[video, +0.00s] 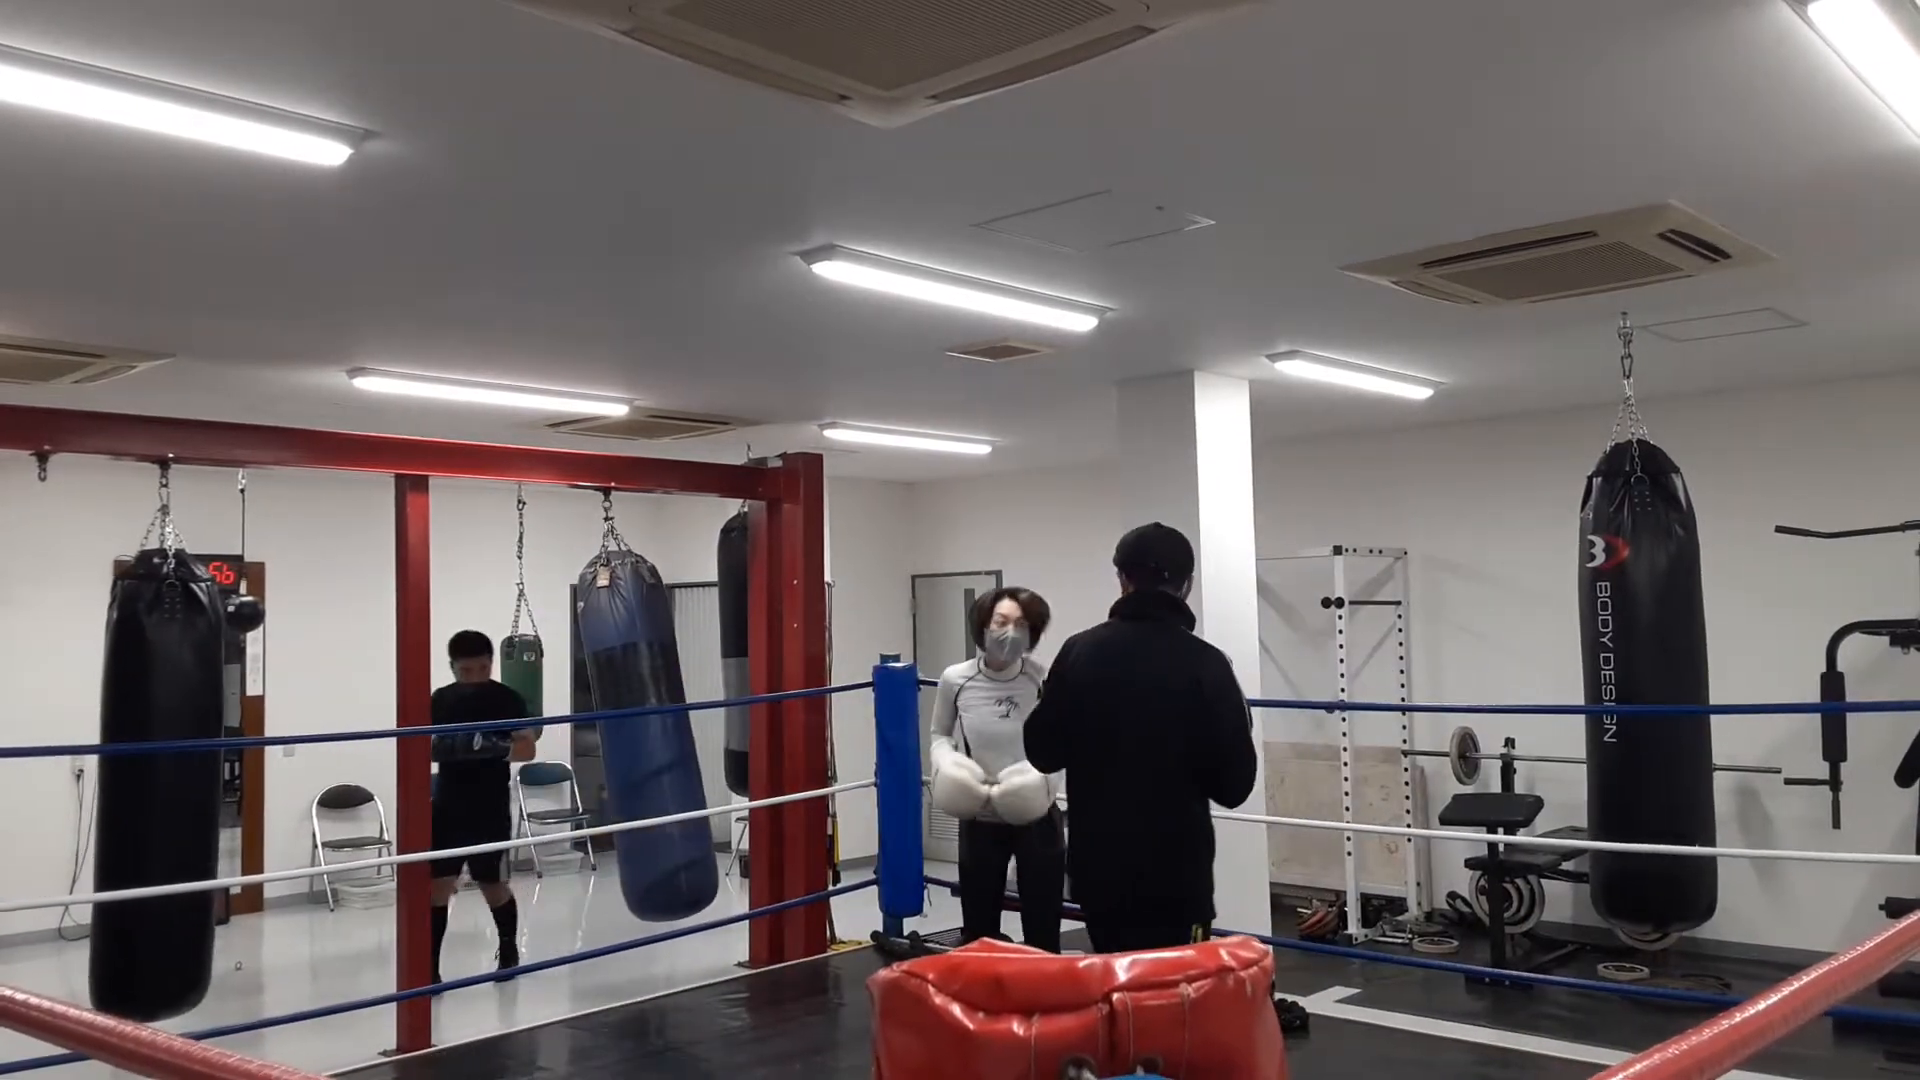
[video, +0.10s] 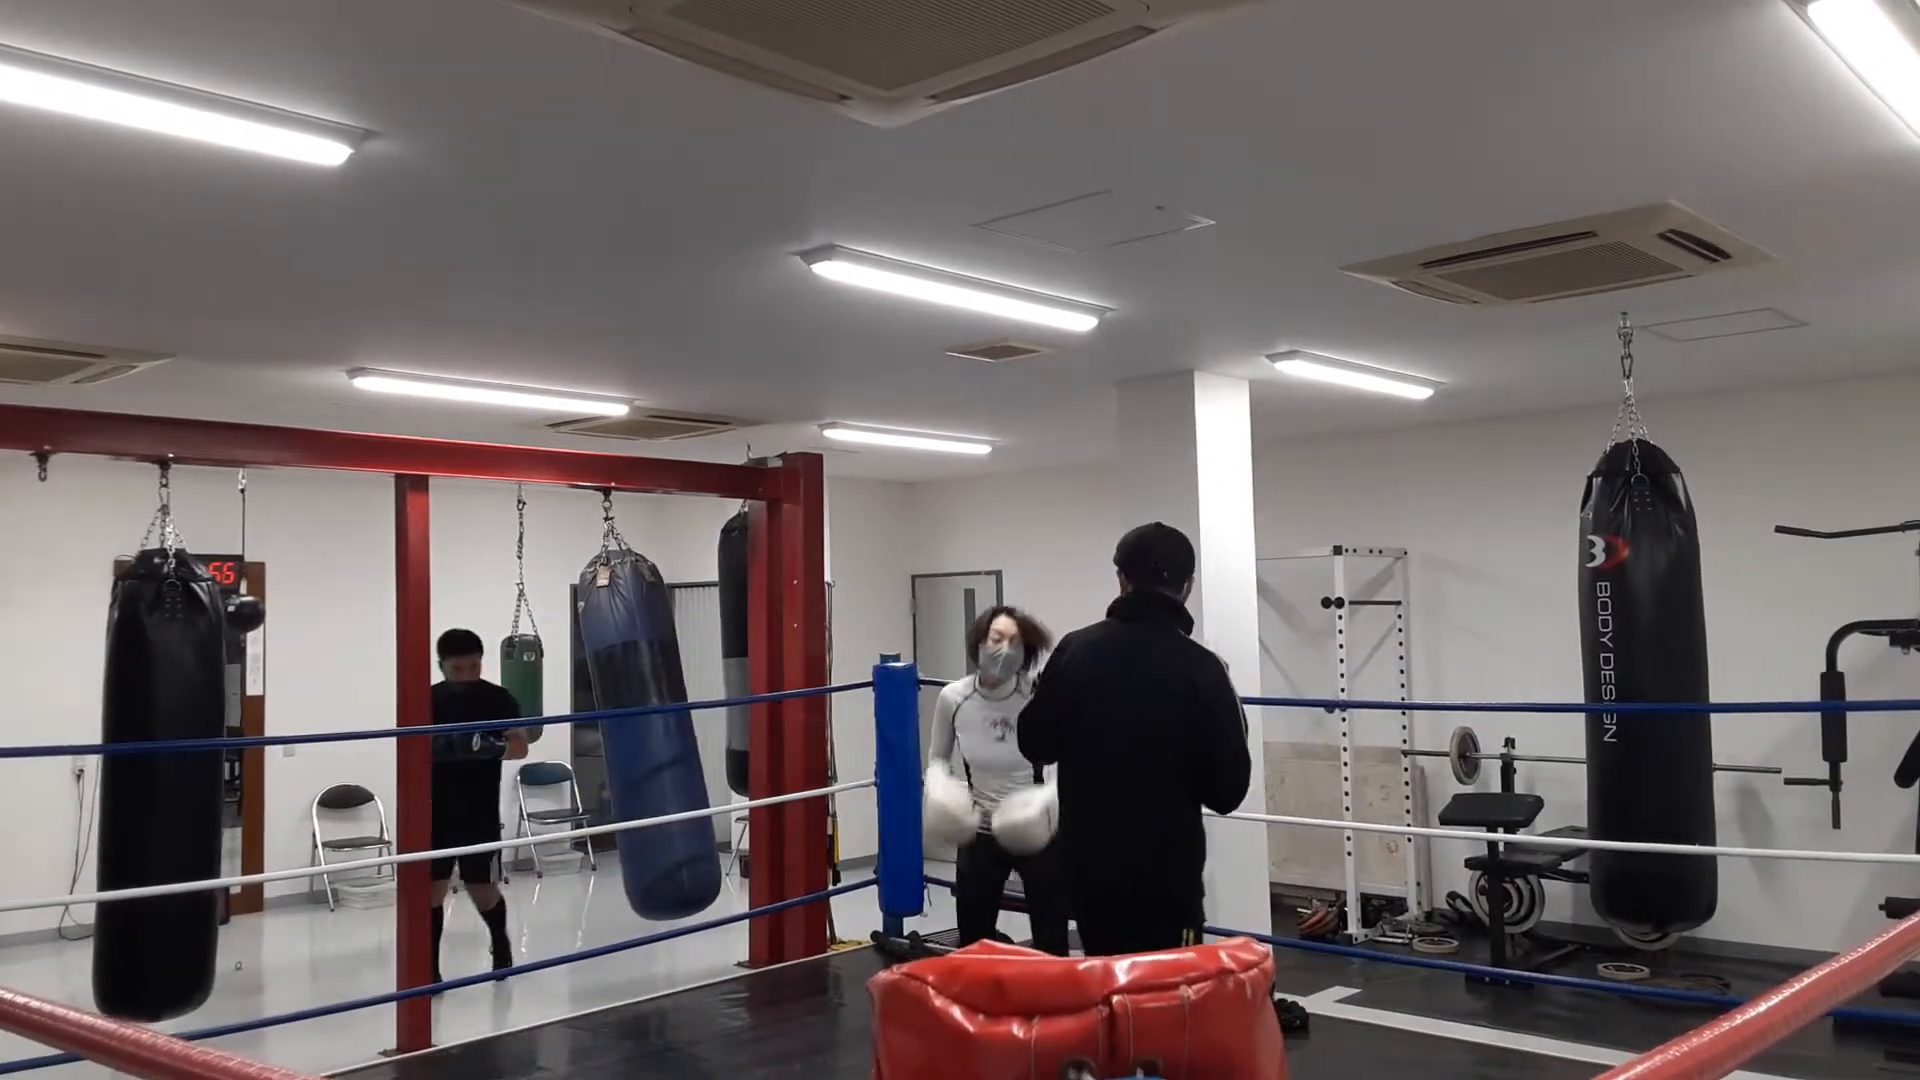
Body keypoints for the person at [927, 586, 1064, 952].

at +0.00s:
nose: (1007, 632)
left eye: (1018, 624)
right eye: (999, 622)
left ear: (1031, 635)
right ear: (982, 629)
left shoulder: (1044, 680)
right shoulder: (956, 679)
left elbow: (1065, 742)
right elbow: (939, 736)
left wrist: (1041, 784)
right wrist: (953, 771)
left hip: (1039, 823)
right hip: (981, 822)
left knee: (1042, 935)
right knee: (979, 933)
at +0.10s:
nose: (1002, 648)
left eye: (1012, 641)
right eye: (994, 639)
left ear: (1025, 651)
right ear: (979, 645)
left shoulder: (1041, 695)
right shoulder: (954, 697)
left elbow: (1064, 758)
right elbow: (938, 757)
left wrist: (1046, 804)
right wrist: (945, 798)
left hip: (1037, 828)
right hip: (978, 829)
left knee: (1051, 940)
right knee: (974, 938)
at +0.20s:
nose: (1004, 651)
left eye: (1014, 643)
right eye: (994, 641)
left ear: (1025, 651)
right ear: (978, 648)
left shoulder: (1041, 692)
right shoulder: (955, 697)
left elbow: (1060, 759)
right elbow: (945, 761)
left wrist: (1041, 803)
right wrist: (938, 802)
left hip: (1039, 827)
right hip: (984, 831)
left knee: (1065, 934)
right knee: (972, 937)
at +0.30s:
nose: (1009, 642)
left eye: (1020, 635)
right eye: (1000, 633)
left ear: (1032, 644)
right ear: (984, 639)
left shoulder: (1045, 685)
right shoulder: (961, 689)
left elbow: (1062, 751)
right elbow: (949, 751)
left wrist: (1043, 796)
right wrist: (941, 792)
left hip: (1049, 823)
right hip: (992, 825)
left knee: (1070, 929)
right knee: (984, 935)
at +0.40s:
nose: (1017, 639)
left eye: (1028, 633)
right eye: (1009, 630)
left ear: (1041, 641)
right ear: (995, 635)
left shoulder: (1053, 685)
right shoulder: (973, 687)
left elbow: (1069, 752)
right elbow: (956, 747)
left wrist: (1052, 803)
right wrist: (947, 790)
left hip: (1052, 831)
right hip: (1000, 832)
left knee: (1073, 941)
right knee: (989, 938)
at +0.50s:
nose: (1028, 638)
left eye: (1037, 632)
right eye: (1021, 630)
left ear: (1052, 641)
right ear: (1008, 636)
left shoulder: (1064, 687)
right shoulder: (990, 690)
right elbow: (975, 749)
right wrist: (961, 792)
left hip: (1057, 828)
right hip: (1011, 829)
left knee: (1062, 939)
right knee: (1003, 938)